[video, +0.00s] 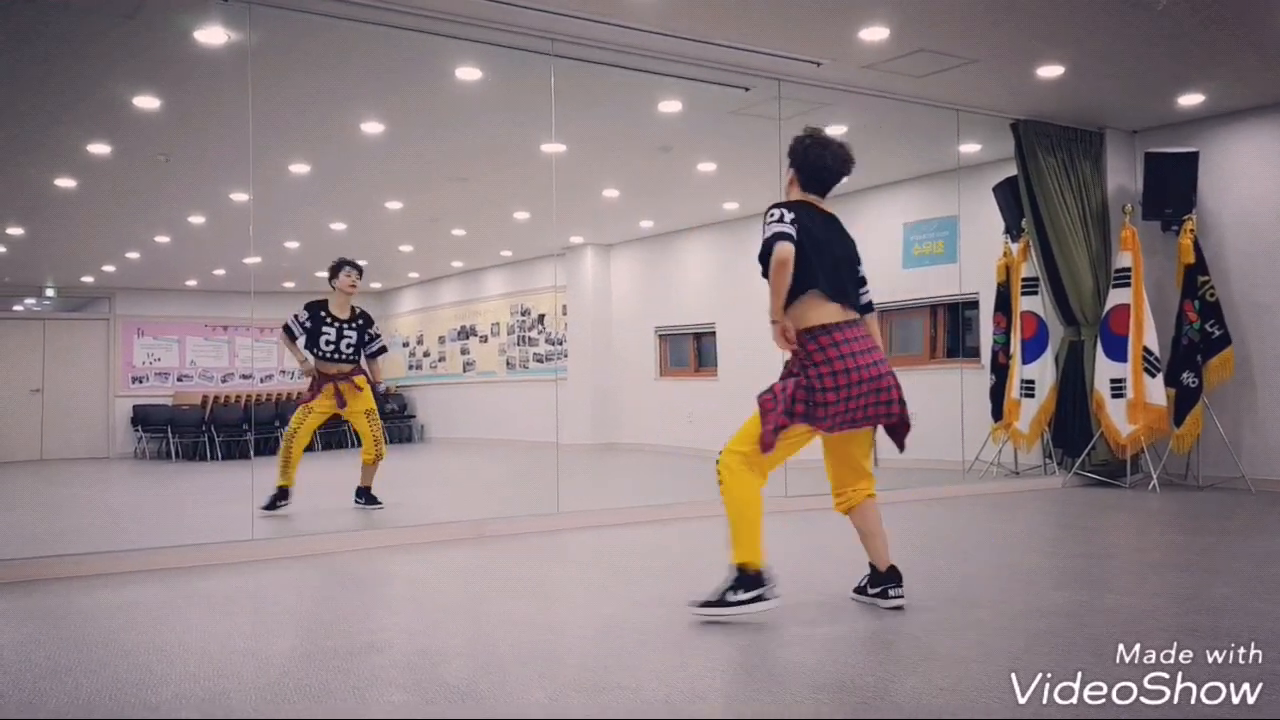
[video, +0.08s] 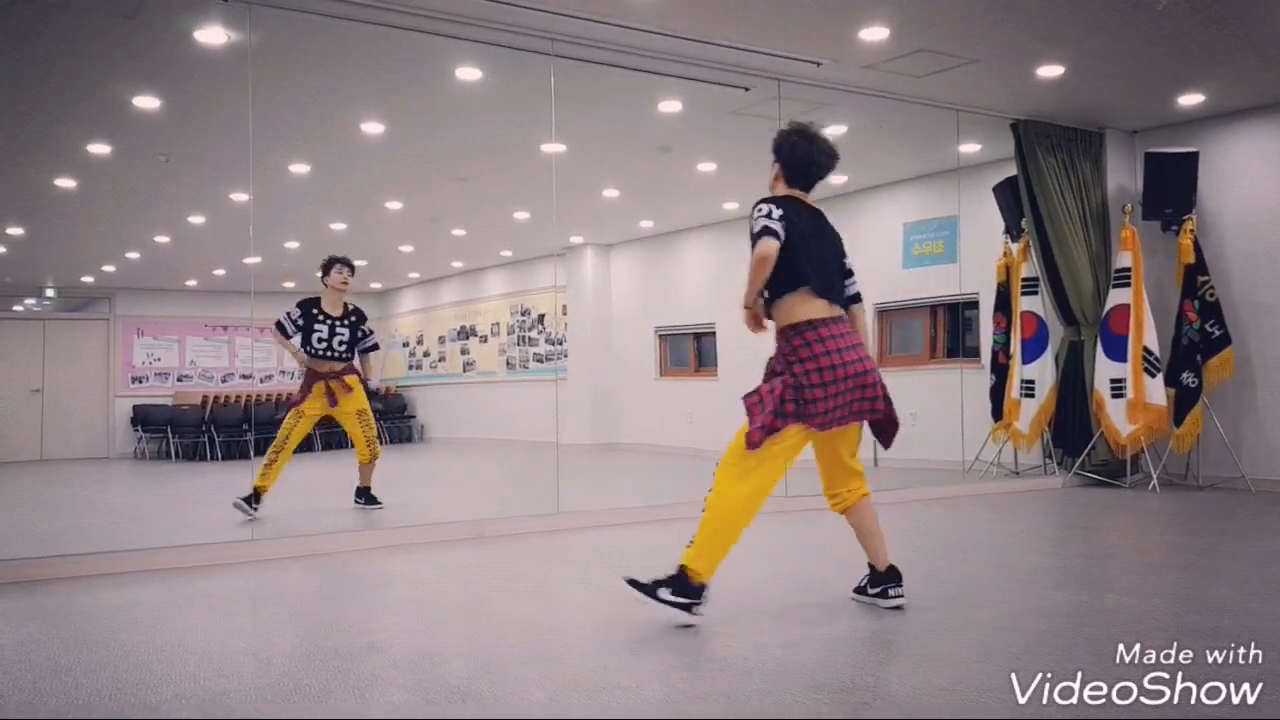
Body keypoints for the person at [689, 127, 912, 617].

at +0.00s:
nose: (784, 177)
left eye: (785, 170)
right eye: (789, 171)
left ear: (792, 175)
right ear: (832, 184)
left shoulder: (783, 214)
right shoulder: (840, 231)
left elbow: (783, 257)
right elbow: (866, 308)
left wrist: (777, 315)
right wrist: (877, 368)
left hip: (824, 370)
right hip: (863, 365)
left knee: (737, 461)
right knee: (854, 484)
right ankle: (885, 575)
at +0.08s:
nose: (769, 170)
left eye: (772, 164)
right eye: (773, 163)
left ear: (778, 169)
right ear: (817, 177)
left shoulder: (772, 207)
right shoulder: (825, 227)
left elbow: (768, 248)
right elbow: (854, 302)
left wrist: (751, 299)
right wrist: (863, 363)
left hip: (805, 361)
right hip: (846, 357)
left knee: (742, 471)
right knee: (845, 479)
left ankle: (691, 580)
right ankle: (884, 574)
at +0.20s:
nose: (736, 155)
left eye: (738, 148)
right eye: (739, 147)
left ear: (746, 153)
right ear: (785, 160)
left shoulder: (735, 196)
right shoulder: (799, 213)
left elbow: (709, 255)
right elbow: (835, 278)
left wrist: (678, 287)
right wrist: (832, 343)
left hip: (755, 342)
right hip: (801, 342)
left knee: (717, 472)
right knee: (823, 461)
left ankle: (670, 589)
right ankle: (870, 568)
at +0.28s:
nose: (719, 147)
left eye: (721, 140)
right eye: (723, 140)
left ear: (728, 145)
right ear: (771, 151)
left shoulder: (709, 190)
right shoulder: (787, 206)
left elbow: (676, 257)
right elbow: (827, 268)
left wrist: (643, 291)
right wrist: (815, 330)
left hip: (729, 338)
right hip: (782, 338)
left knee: (696, 472)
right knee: (803, 463)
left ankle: (665, 589)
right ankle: (841, 575)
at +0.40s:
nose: (691, 136)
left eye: (692, 128)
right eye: (694, 128)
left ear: (699, 133)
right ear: (746, 139)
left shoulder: (673, 185)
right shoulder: (764, 193)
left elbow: (630, 250)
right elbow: (812, 253)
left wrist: (590, 313)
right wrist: (786, 312)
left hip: (695, 333)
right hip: (754, 334)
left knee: (673, 470)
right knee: (750, 467)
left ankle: (662, 592)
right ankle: (760, 574)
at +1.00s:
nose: (623, 177)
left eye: (621, 166)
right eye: (621, 166)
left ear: (632, 164)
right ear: (670, 154)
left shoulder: (641, 213)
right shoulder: (714, 209)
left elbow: (607, 286)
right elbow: (746, 280)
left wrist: (552, 314)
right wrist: (736, 344)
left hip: (667, 347)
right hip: (723, 352)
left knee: (622, 482)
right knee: (683, 485)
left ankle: (641, 595)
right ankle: (702, 548)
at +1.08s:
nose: (622, 197)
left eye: (619, 187)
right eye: (618, 188)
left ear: (631, 180)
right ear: (663, 168)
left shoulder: (643, 222)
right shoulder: (715, 214)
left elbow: (588, 287)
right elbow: (759, 281)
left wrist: (536, 321)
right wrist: (733, 334)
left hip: (671, 351)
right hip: (727, 356)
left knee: (620, 480)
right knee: (703, 475)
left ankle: (642, 594)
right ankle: (727, 547)